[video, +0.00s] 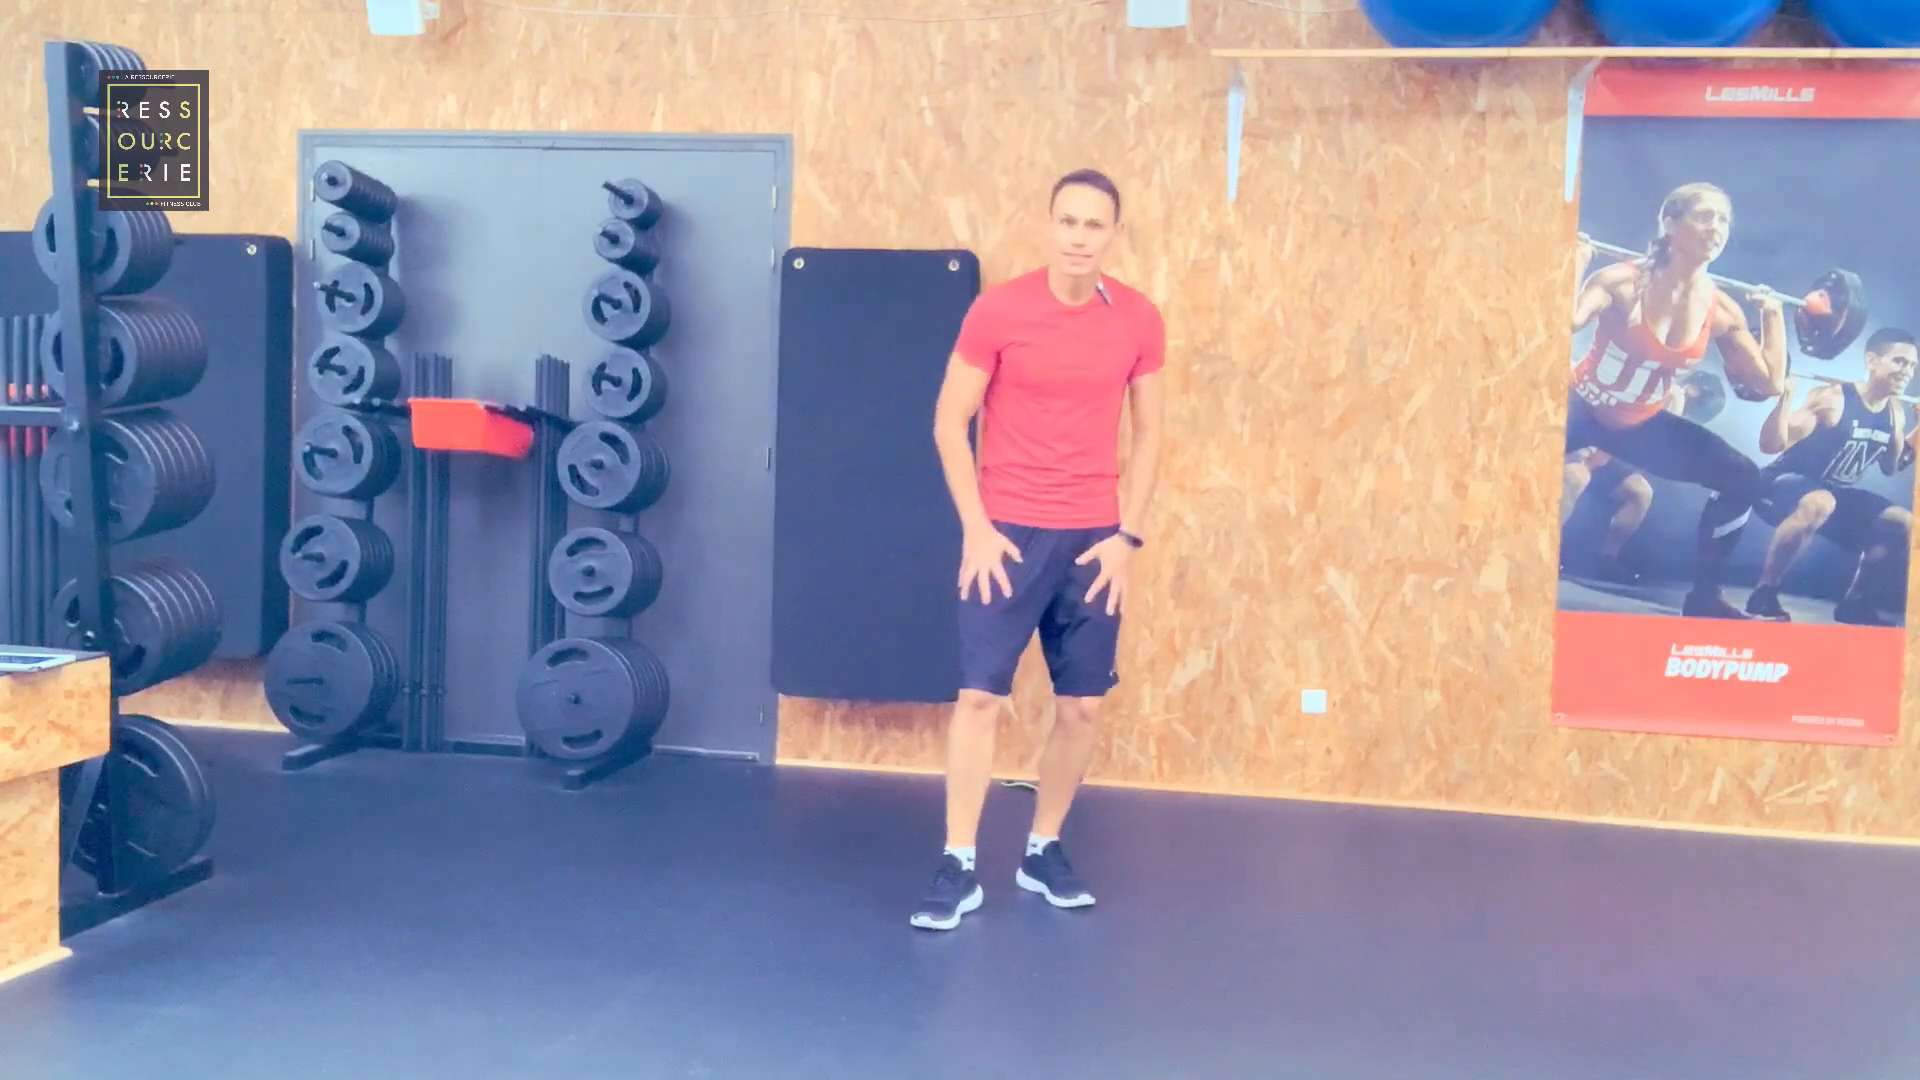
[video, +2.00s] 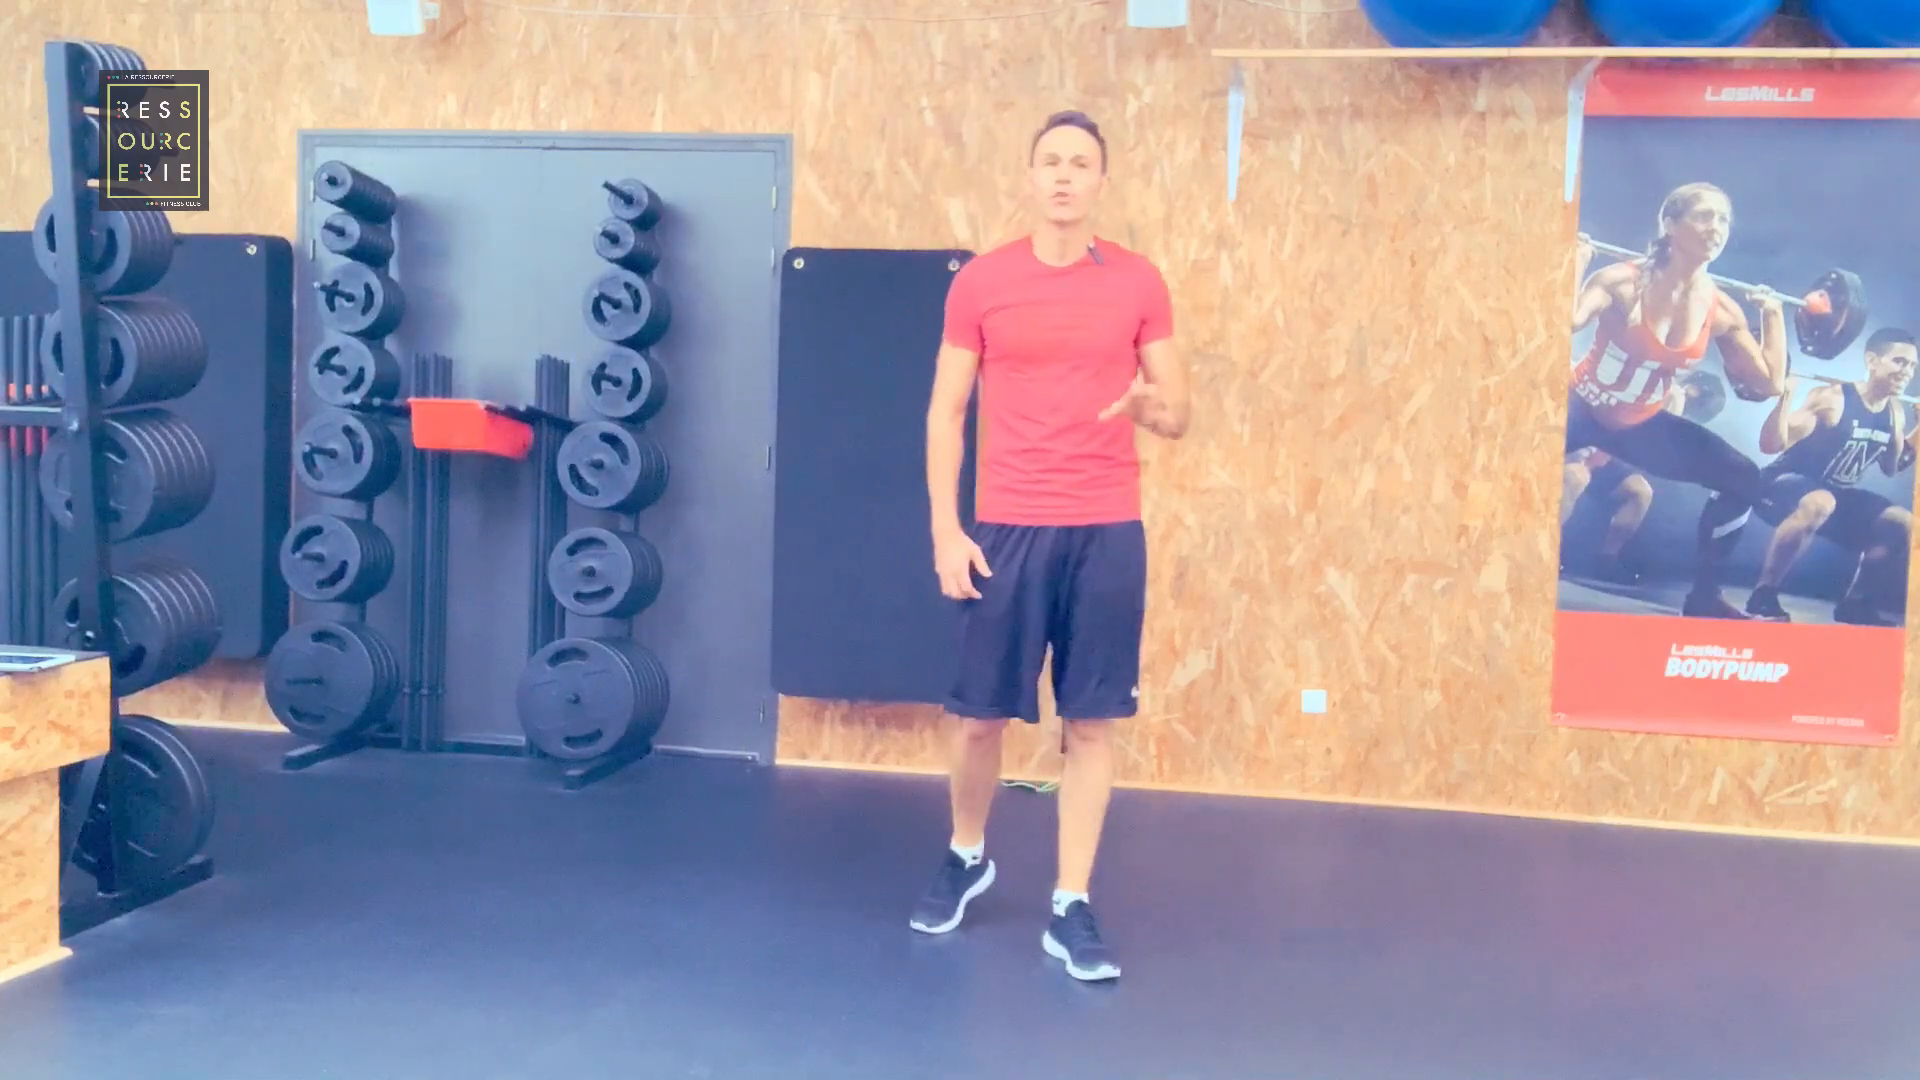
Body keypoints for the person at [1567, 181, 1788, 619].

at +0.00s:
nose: (1717, 228)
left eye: (1724, 220)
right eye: (1705, 216)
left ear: (1728, 233)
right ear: (1670, 224)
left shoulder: (1722, 311)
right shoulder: (1620, 279)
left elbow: (1769, 385)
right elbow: (1558, 325)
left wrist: (1773, 313)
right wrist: (1572, 269)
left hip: (1644, 425)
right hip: (1579, 410)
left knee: (1742, 477)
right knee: (1511, 453)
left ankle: (1705, 597)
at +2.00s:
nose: (1716, 228)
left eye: (1724, 220)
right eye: (1704, 216)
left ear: (1728, 232)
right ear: (1670, 224)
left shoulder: (1722, 311)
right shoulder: (1620, 279)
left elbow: (1769, 386)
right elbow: (1558, 325)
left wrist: (1773, 313)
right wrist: (1572, 269)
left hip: (1644, 425)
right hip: (1579, 410)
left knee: (1742, 478)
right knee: (1512, 451)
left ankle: (1705, 597)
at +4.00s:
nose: (1716, 228)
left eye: (1724, 220)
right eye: (1704, 216)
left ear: (1729, 232)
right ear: (1670, 224)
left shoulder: (1721, 310)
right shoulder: (1620, 279)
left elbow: (1770, 385)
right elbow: (1558, 326)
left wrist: (1773, 312)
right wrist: (1573, 268)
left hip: (1644, 425)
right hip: (1578, 409)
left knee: (1742, 478)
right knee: (1508, 454)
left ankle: (1705, 598)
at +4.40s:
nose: (1716, 228)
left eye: (1724, 220)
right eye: (1704, 216)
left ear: (1728, 233)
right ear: (1671, 224)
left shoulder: (1722, 311)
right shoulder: (1620, 280)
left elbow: (1770, 385)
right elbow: (1557, 327)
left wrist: (1773, 312)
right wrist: (1572, 269)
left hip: (1645, 424)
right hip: (1579, 409)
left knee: (1741, 477)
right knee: (1513, 451)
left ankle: (1705, 597)